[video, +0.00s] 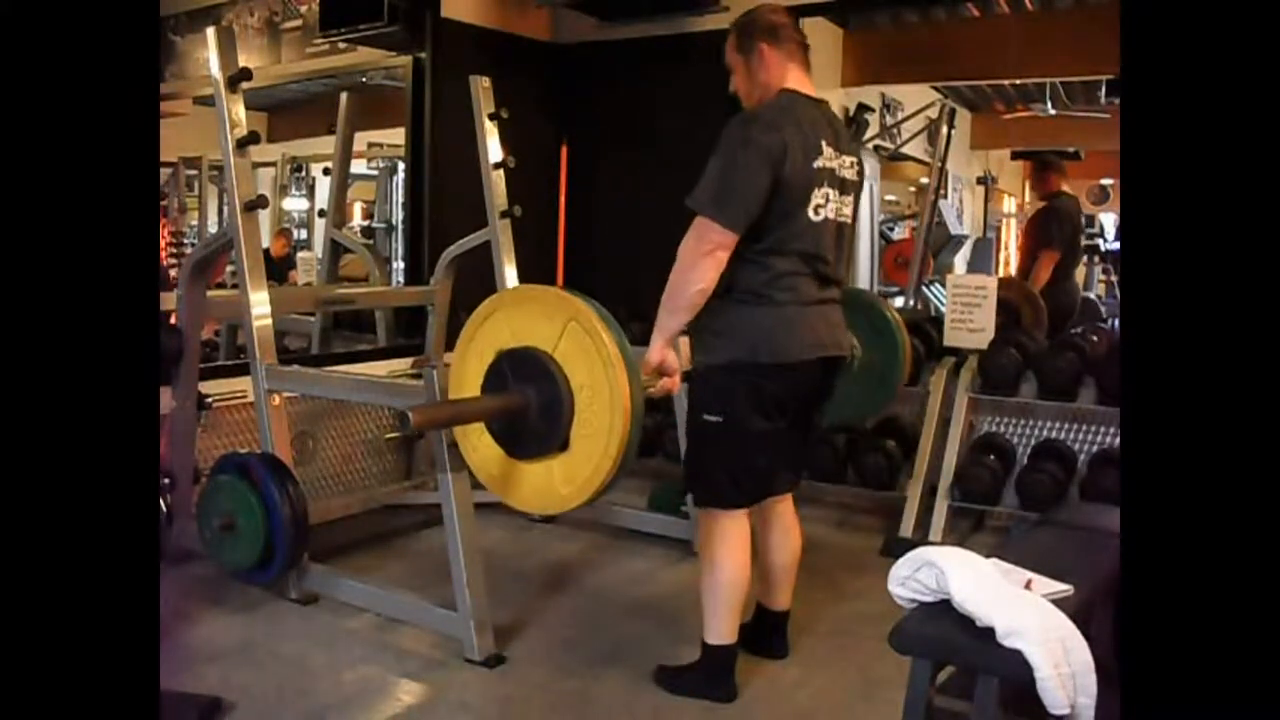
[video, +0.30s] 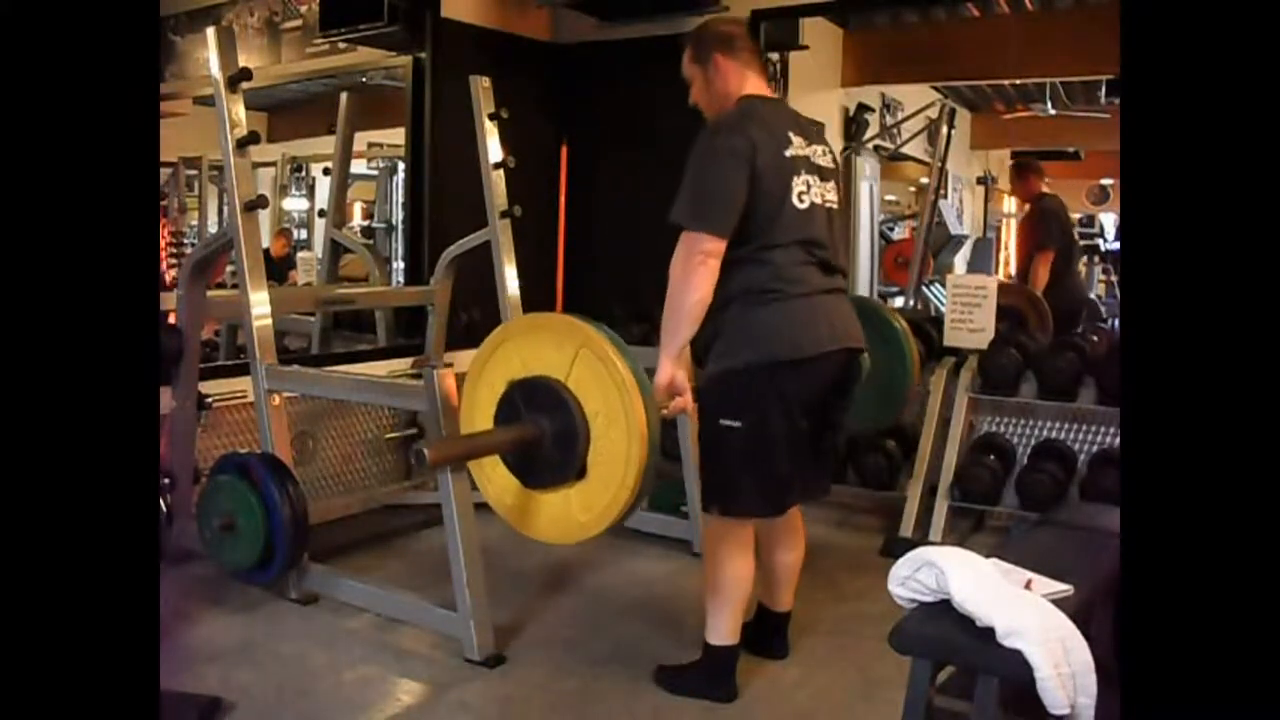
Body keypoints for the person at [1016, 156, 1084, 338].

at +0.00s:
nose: (1031, 184)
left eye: (1034, 178)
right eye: (1031, 178)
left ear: (1049, 177)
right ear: (1055, 177)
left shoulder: (1055, 210)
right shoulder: (1070, 205)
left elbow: (1048, 258)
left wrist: (1025, 297)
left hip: (1048, 294)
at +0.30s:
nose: (1012, 190)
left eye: (1014, 183)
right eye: (1011, 184)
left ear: (1028, 180)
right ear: (1033, 180)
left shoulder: (1045, 208)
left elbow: (1043, 259)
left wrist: (1029, 305)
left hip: (1057, 303)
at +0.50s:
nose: (1003, 199)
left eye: (1004, 192)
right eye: (1002, 192)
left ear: (1018, 186)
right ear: (1021, 186)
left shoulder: (1038, 213)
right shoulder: (1031, 213)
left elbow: (1040, 267)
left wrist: (1028, 312)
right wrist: (1025, 310)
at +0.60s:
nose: (995, 203)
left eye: (998, 196)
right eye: (995, 197)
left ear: (1014, 192)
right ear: (1016, 192)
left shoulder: (1035, 216)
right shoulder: (1028, 217)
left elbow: (1038, 272)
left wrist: (1028, 320)